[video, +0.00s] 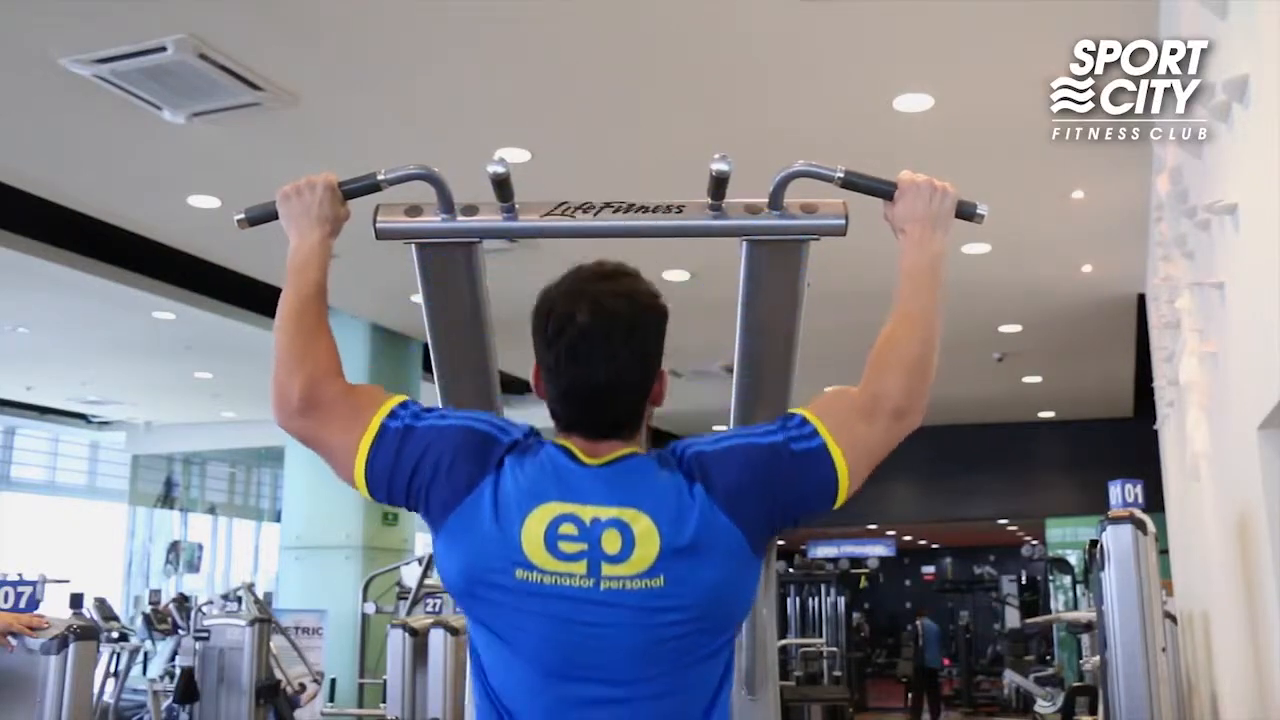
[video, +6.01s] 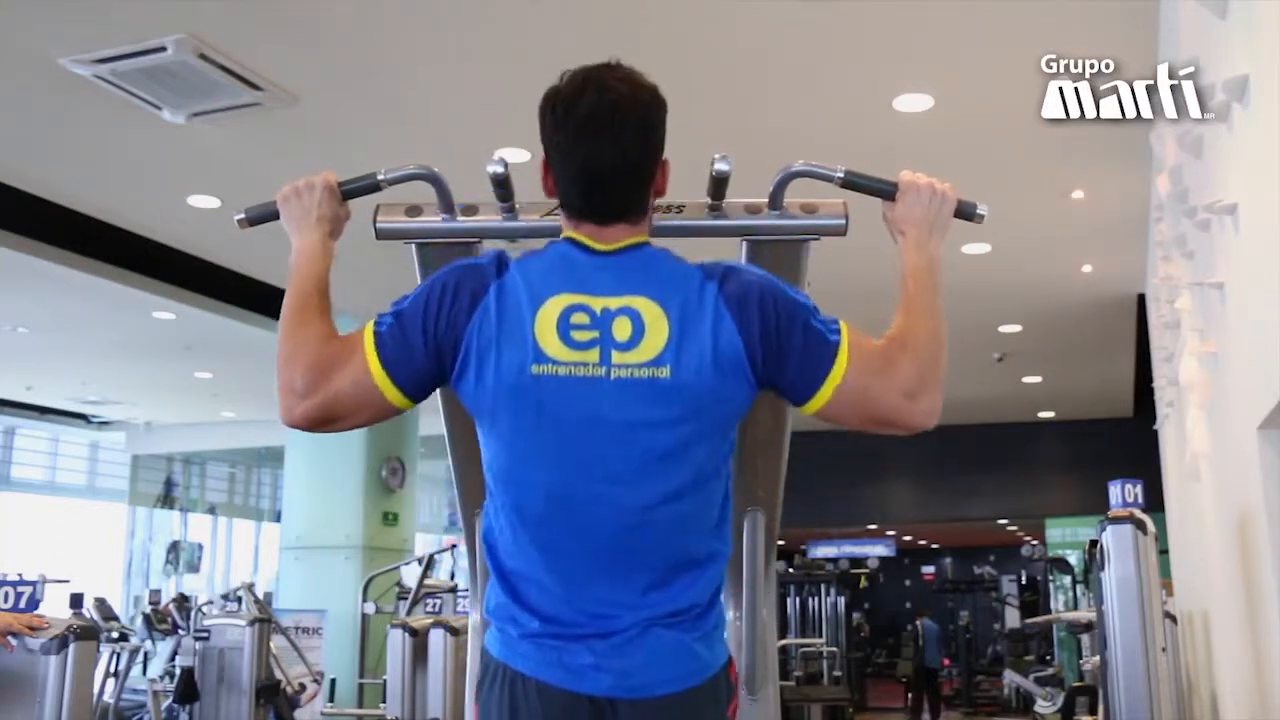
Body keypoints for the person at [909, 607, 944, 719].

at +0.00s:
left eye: (917, 616)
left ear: (917, 615)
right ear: (927, 615)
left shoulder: (917, 626)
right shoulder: (935, 626)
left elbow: (917, 644)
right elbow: (938, 645)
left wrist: (914, 659)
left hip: (921, 664)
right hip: (934, 664)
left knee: (918, 692)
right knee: (933, 692)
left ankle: (916, 714)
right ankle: (935, 715)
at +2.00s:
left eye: (917, 616)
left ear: (917, 615)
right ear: (927, 615)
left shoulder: (917, 625)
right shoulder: (935, 626)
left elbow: (917, 644)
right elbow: (938, 645)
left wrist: (914, 658)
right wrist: (938, 659)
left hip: (921, 664)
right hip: (934, 664)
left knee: (917, 692)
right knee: (933, 692)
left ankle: (916, 715)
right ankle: (935, 715)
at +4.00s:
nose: (916, 618)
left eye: (916, 616)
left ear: (917, 615)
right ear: (928, 614)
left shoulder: (917, 626)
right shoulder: (935, 627)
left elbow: (917, 644)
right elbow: (938, 645)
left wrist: (914, 659)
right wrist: (939, 659)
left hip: (921, 664)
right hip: (934, 664)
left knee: (918, 692)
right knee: (933, 692)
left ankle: (916, 715)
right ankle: (935, 715)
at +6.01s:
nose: (916, 618)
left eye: (916, 616)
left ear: (917, 615)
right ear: (928, 614)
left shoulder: (917, 625)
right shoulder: (935, 627)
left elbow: (917, 644)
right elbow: (938, 645)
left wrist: (914, 659)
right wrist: (939, 659)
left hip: (921, 664)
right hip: (934, 664)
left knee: (918, 692)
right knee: (933, 691)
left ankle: (916, 715)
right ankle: (935, 715)